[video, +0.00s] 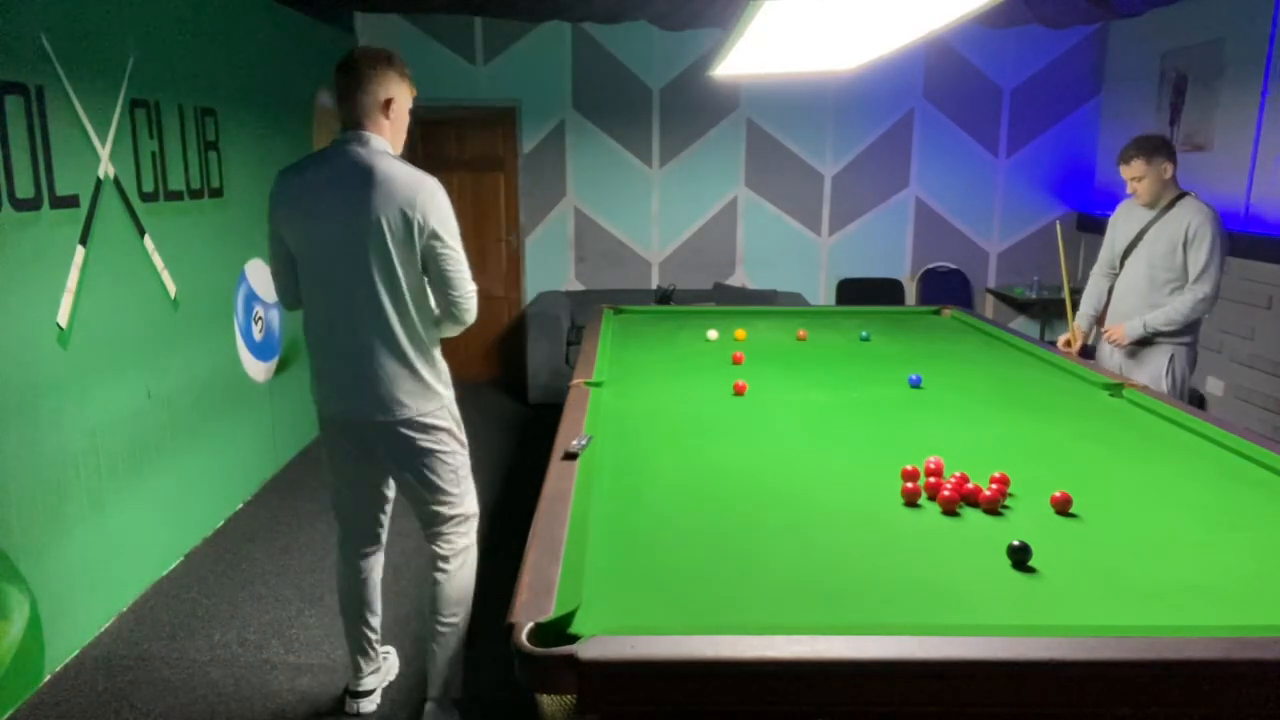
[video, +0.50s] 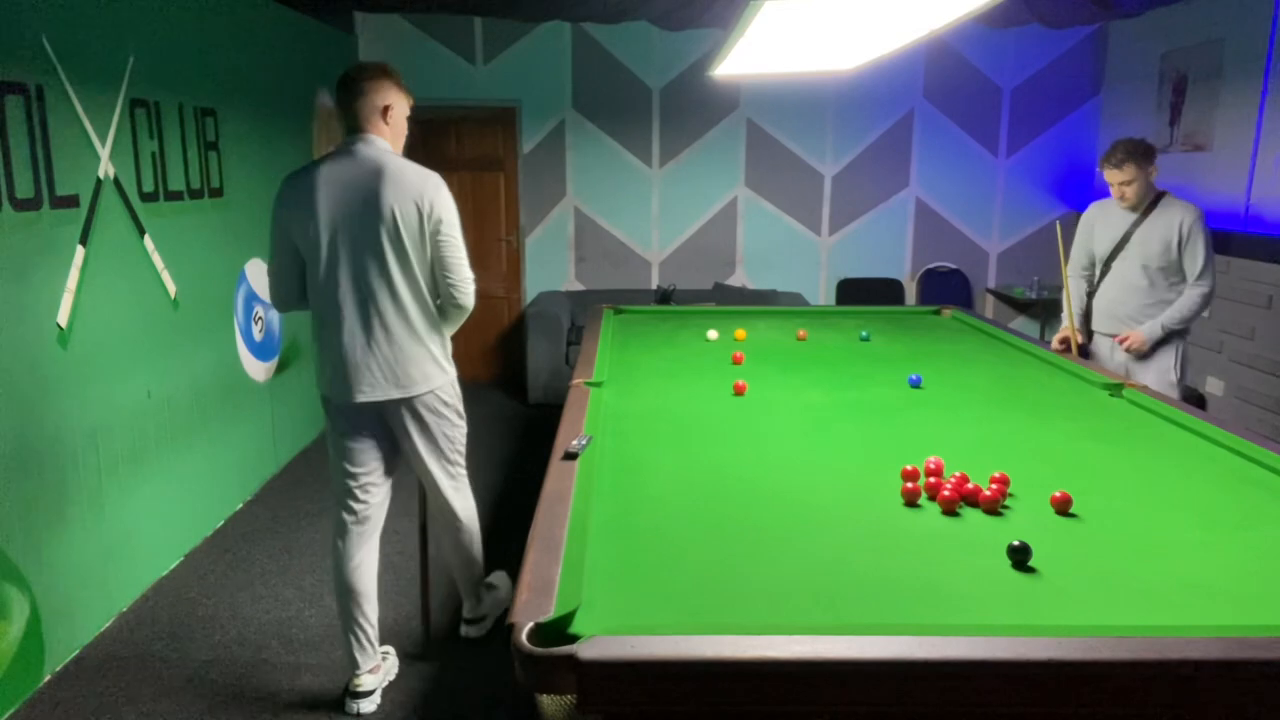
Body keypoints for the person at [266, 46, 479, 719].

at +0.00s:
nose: (408, 122)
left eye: (406, 111)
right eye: (406, 110)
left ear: (340, 108)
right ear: (393, 110)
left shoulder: (292, 185)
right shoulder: (417, 189)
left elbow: (287, 291)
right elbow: (460, 306)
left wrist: (348, 283)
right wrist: (419, 325)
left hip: (341, 399)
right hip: (416, 399)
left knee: (359, 539)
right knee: (453, 536)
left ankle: (367, 675)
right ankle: (442, 700)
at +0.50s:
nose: (407, 128)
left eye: (406, 117)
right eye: (404, 117)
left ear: (345, 116)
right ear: (387, 116)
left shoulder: (297, 188)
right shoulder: (423, 186)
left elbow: (282, 291)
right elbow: (460, 292)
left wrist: (344, 287)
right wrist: (430, 329)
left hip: (344, 380)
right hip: (419, 375)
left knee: (357, 513)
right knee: (451, 489)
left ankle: (365, 668)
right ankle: (478, 601)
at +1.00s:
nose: (481, 137)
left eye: (479, 129)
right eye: (481, 130)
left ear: (429, 122)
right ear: (474, 130)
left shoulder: (382, 173)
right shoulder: (494, 192)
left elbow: (376, 250)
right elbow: (515, 291)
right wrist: (477, 322)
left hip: (408, 353)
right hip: (472, 357)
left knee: (398, 481)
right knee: (476, 476)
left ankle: (376, 629)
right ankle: (480, 597)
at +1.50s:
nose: (509, 146)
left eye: (509, 138)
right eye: (511, 138)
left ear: (466, 125)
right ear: (503, 132)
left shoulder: (422, 173)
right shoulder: (515, 185)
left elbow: (416, 247)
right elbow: (539, 275)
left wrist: (440, 292)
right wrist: (503, 304)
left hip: (432, 332)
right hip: (492, 337)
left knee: (440, 433)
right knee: (488, 458)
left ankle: (439, 534)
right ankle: (480, 590)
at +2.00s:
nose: (481, 137)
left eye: (479, 130)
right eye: (479, 130)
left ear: (439, 129)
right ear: (470, 128)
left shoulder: (408, 180)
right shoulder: (491, 176)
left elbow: (385, 253)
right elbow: (515, 257)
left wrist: (432, 270)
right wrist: (509, 286)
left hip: (438, 323)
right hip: (488, 319)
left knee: (453, 419)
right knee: (515, 409)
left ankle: (461, 525)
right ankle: (488, 520)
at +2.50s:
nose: (494, 142)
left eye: (489, 135)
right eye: (495, 136)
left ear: (461, 135)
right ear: (493, 137)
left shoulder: (433, 181)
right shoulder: (515, 184)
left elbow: (415, 254)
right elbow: (533, 258)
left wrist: (425, 299)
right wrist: (544, 263)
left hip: (454, 310)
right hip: (502, 309)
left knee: (459, 408)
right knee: (510, 394)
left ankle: (463, 518)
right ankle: (517, 471)